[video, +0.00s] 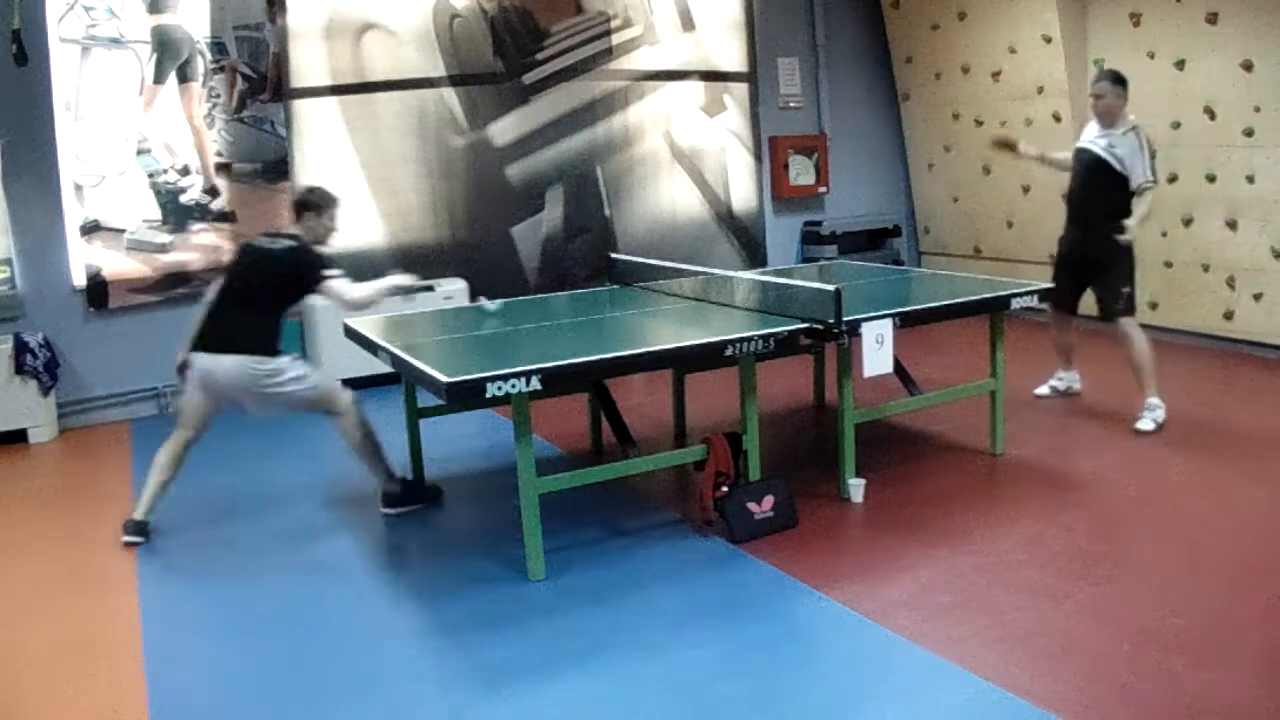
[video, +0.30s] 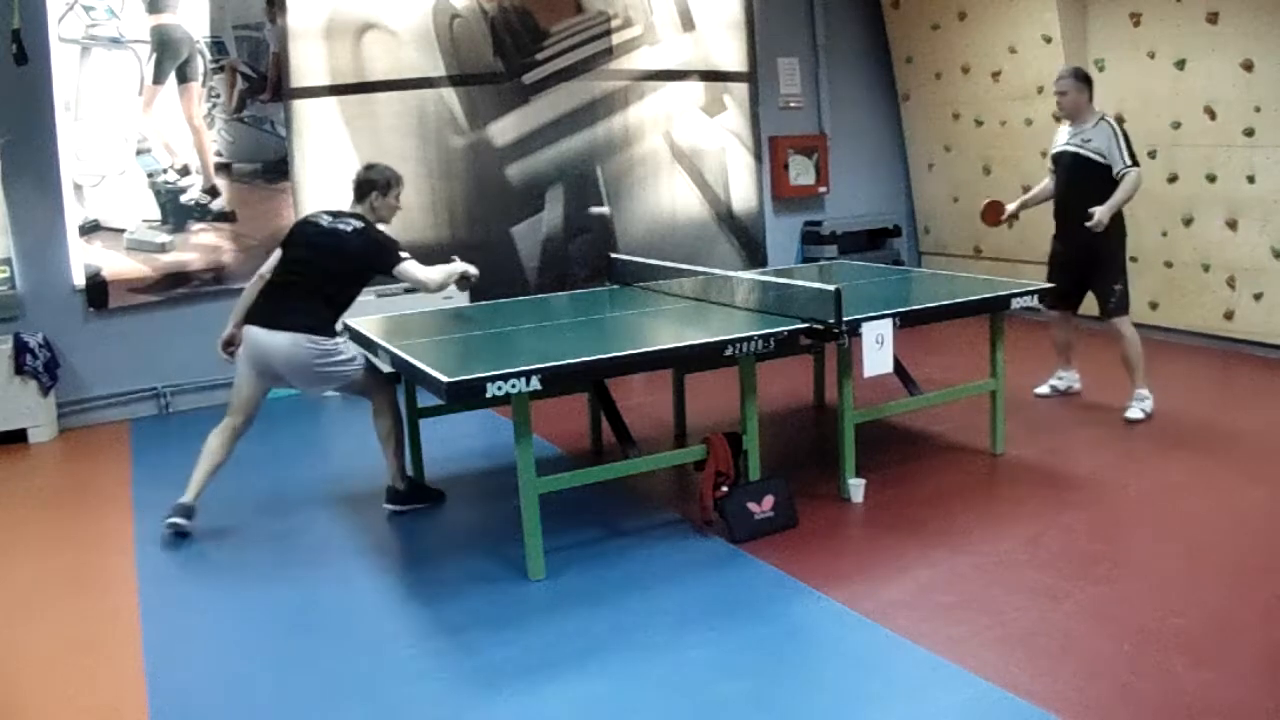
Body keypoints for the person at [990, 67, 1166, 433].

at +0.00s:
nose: (1094, 104)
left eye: (1101, 97)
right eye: (1091, 97)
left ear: (1121, 99)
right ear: (1092, 99)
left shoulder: (1134, 137)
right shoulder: (1092, 130)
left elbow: (1146, 191)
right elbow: (1075, 163)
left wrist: (1134, 224)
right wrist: (1032, 154)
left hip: (1112, 243)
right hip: (1076, 239)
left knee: (1123, 320)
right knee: (1061, 310)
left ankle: (1152, 401)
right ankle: (1067, 374)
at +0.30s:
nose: (1057, 101)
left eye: (1063, 94)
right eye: (1055, 95)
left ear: (1084, 95)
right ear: (1062, 97)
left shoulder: (1109, 130)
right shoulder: (1062, 135)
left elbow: (1132, 176)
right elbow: (1055, 181)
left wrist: (1109, 208)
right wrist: (1020, 204)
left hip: (1104, 240)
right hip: (1067, 239)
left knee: (1117, 318)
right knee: (1060, 311)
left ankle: (1141, 392)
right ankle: (1066, 374)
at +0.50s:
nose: (1024, 117)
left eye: (1029, 110)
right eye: (1023, 110)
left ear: (1051, 110)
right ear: (1034, 113)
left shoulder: (1074, 136)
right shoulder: (1040, 149)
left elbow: (1100, 173)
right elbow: (1029, 195)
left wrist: (1065, 205)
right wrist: (983, 213)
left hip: (1095, 245)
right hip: (1060, 244)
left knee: (1107, 323)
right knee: (1016, 305)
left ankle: (1140, 393)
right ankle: (1012, 374)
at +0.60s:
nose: (998, 127)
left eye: (1002, 120)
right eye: (997, 121)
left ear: (1021, 117)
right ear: (1012, 121)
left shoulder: (1048, 140)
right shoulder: (1017, 162)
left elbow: (1068, 169)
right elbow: (996, 203)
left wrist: (1029, 197)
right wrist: (946, 215)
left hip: (1079, 250)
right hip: (1045, 250)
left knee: (1100, 326)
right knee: (999, 308)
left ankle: (1139, 392)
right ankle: (968, 371)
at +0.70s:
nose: (968, 135)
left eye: (972, 127)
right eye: (967, 129)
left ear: (993, 126)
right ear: (978, 130)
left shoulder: (1015, 146)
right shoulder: (986, 167)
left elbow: (1044, 168)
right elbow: (963, 207)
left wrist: (1012, 190)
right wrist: (914, 218)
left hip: (1057, 251)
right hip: (1022, 253)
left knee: (1090, 326)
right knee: (977, 321)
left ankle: (1136, 393)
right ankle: (951, 378)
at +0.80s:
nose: (942, 140)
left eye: (946, 132)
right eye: (941, 134)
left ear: (967, 130)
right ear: (953, 136)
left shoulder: (996, 150)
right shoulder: (959, 172)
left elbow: (1031, 170)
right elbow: (930, 207)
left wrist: (1014, 191)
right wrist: (883, 218)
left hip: (1038, 253)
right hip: (1000, 255)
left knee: (1076, 322)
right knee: (952, 311)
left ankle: (1125, 389)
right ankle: (946, 381)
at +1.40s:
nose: (973, 117)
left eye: (979, 109)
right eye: (969, 111)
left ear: (999, 110)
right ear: (969, 115)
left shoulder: (1023, 137)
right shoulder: (978, 149)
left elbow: (1059, 173)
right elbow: (974, 196)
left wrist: (1055, 211)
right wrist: (932, 209)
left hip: (1041, 242)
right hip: (1001, 243)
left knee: (1066, 314)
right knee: (963, 307)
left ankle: (1095, 385)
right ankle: (948, 375)